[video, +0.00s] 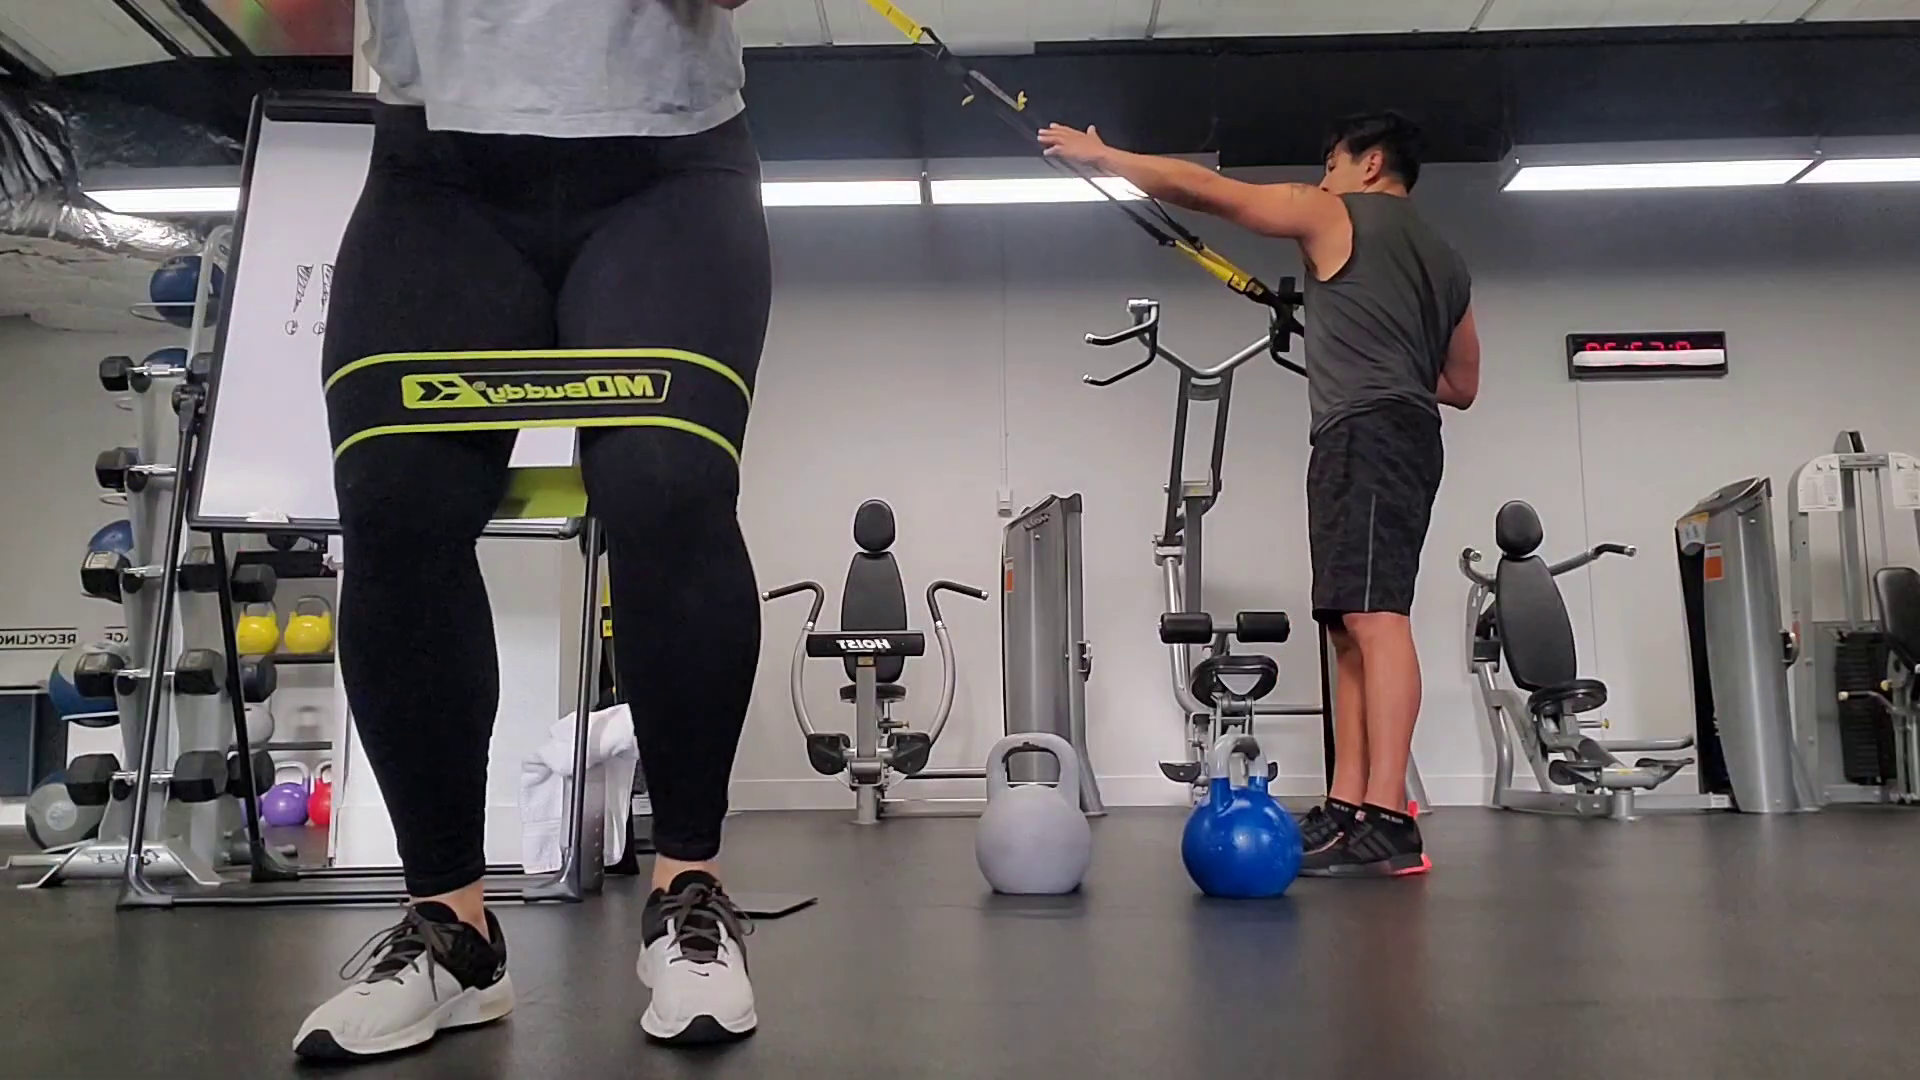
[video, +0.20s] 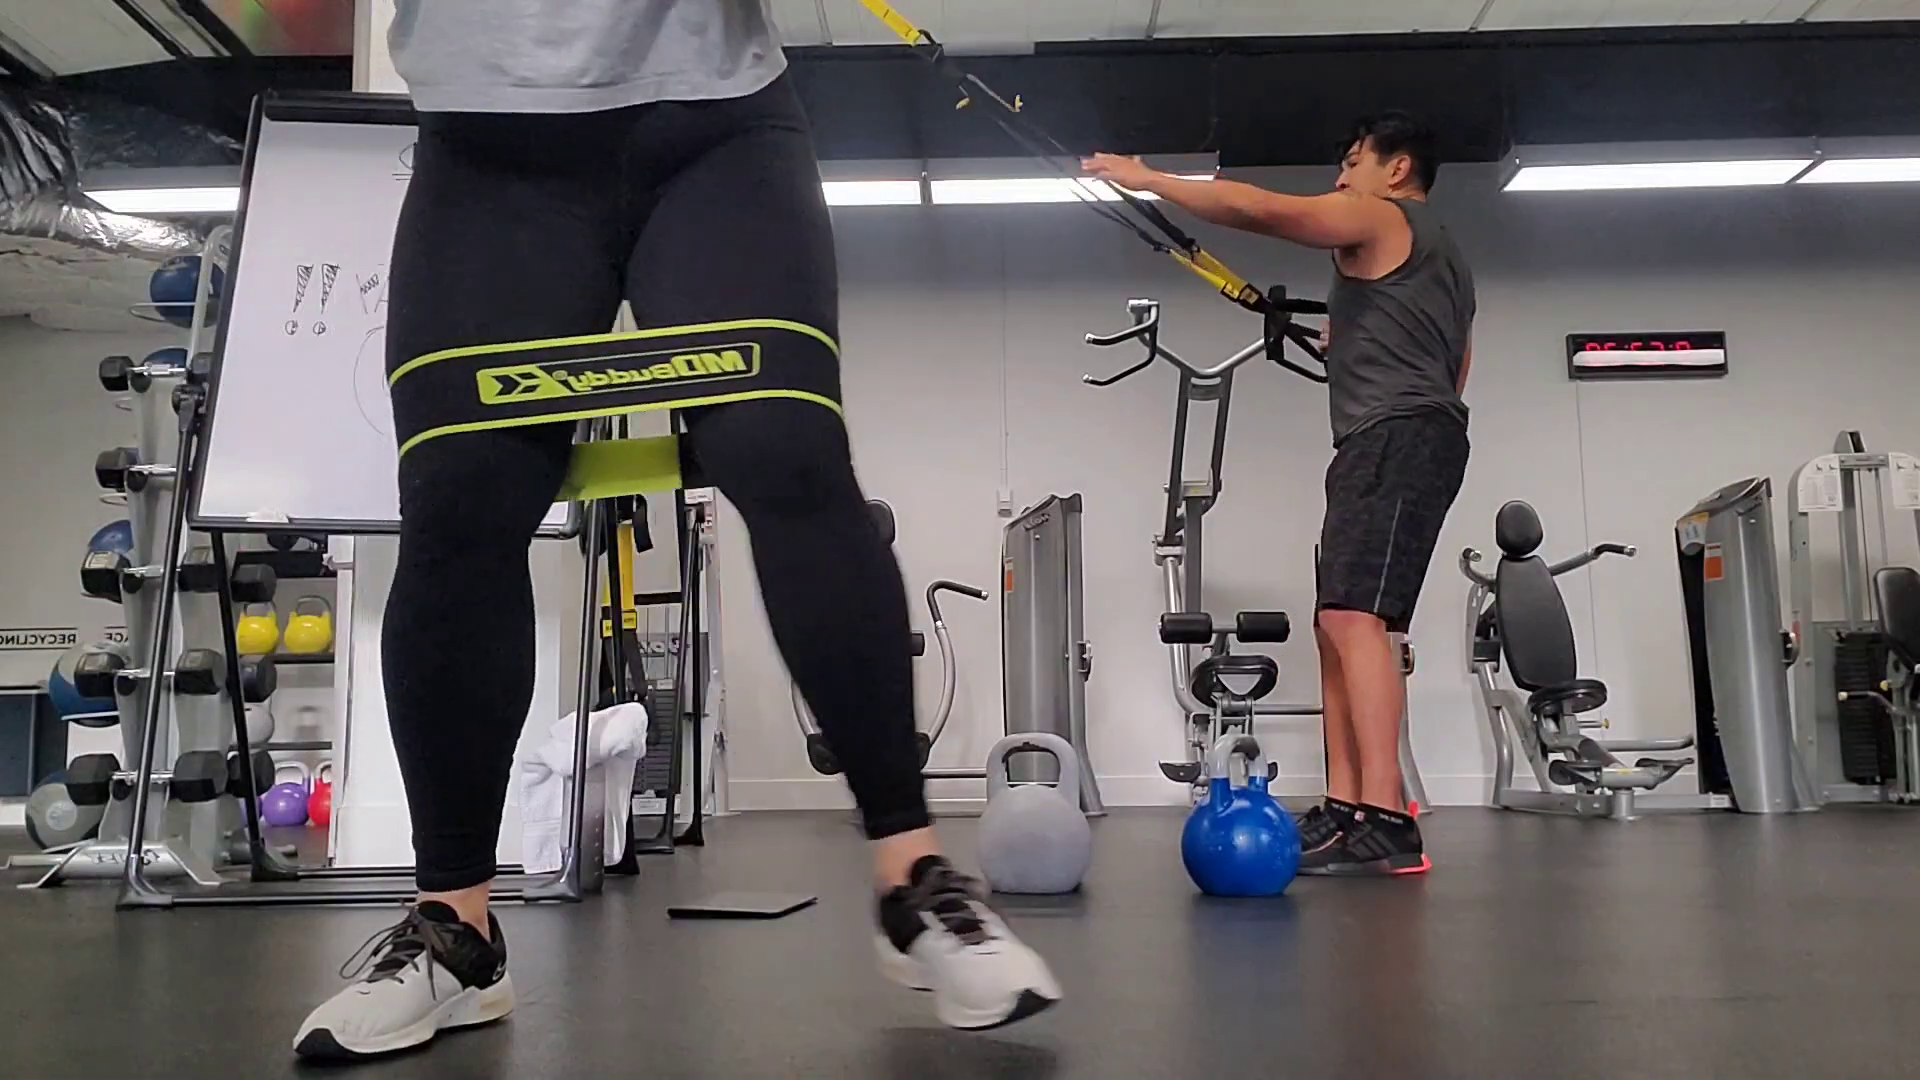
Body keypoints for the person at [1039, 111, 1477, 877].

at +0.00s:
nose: (1325, 179)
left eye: (1333, 165)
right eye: (1328, 167)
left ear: (1371, 160)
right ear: (1398, 171)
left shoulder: (1336, 212)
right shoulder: (1444, 260)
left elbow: (1213, 189)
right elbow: (1460, 386)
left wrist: (1102, 153)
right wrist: (1363, 355)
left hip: (1366, 430)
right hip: (1404, 432)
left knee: (1378, 618)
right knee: (1348, 623)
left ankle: (1389, 821)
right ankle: (1349, 808)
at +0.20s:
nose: (1340, 177)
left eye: (1353, 162)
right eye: (1345, 164)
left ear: (1398, 165)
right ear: (1408, 173)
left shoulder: (1379, 215)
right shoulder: (1444, 256)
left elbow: (1260, 210)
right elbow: (1451, 376)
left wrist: (1149, 179)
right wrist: (1352, 348)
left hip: (1398, 433)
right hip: (1405, 436)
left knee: (1353, 618)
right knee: (1336, 623)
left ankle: (1388, 819)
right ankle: (1348, 808)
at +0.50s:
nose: (1432, 264)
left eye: (1449, 248)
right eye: (1432, 253)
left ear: (1499, 262)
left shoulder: (1518, 331)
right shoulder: (1454, 360)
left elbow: (1521, 402)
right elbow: (1392, 452)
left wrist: (1399, 398)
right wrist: (1357, 378)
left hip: (1479, 542)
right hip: (1427, 544)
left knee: (1320, 629)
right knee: (1273, 638)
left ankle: (1386, 823)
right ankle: (1342, 812)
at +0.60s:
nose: (1474, 316)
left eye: (1492, 301)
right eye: (1474, 305)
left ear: (1544, 314)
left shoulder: (1572, 402)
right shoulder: (1482, 414)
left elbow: (1616, 494)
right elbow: (1391, 463)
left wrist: (1570, 512)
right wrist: (1355, 395)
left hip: (1499, 598)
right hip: (1444, 593)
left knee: (1323, 629)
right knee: (1271, 641)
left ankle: (1386, 823)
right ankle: (1337, 811)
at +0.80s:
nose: (1555, 417)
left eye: (1574, 403)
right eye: (1553, 406)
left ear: (1629, 419)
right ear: (1553, 418)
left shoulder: (1663, 529)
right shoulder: (1525, 495)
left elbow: (1736, 641)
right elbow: (1414, 479)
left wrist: (1800, 700)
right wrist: (1357, 406)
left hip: (1544, 703)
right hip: (1478, 688)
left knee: (1382, 620)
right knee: (1304, 640)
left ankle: (1394, 828)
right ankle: (1341, 812)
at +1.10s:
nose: (1606, 507)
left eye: (1627, 495)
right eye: (1605, 495)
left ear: (1680, 519)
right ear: (1602, 506)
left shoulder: (1702, 636)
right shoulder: (1548, 552)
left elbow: (1772, 755)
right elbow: (1439, 490)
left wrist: (1876, 841)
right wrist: (1356, 417)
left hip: (1557, 794)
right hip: (1474, 767)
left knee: (1472, 634)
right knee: (1359, 637)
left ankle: (1404, 823)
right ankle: (1344, 813)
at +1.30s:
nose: (1574, 462)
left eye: (1591, 449)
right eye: (1576, 451)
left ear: (1648, 463)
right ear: (1626, 463)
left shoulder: (1675, 570)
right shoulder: (1539, 523)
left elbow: (1727, 687)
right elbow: (1435, 483)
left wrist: (1784, 747)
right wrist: (1368, 442)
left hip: (1540, 730)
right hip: (1464, 695)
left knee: (1413, 662)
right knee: (1319, 639)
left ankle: (1397, 822)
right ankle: (1337, 809)